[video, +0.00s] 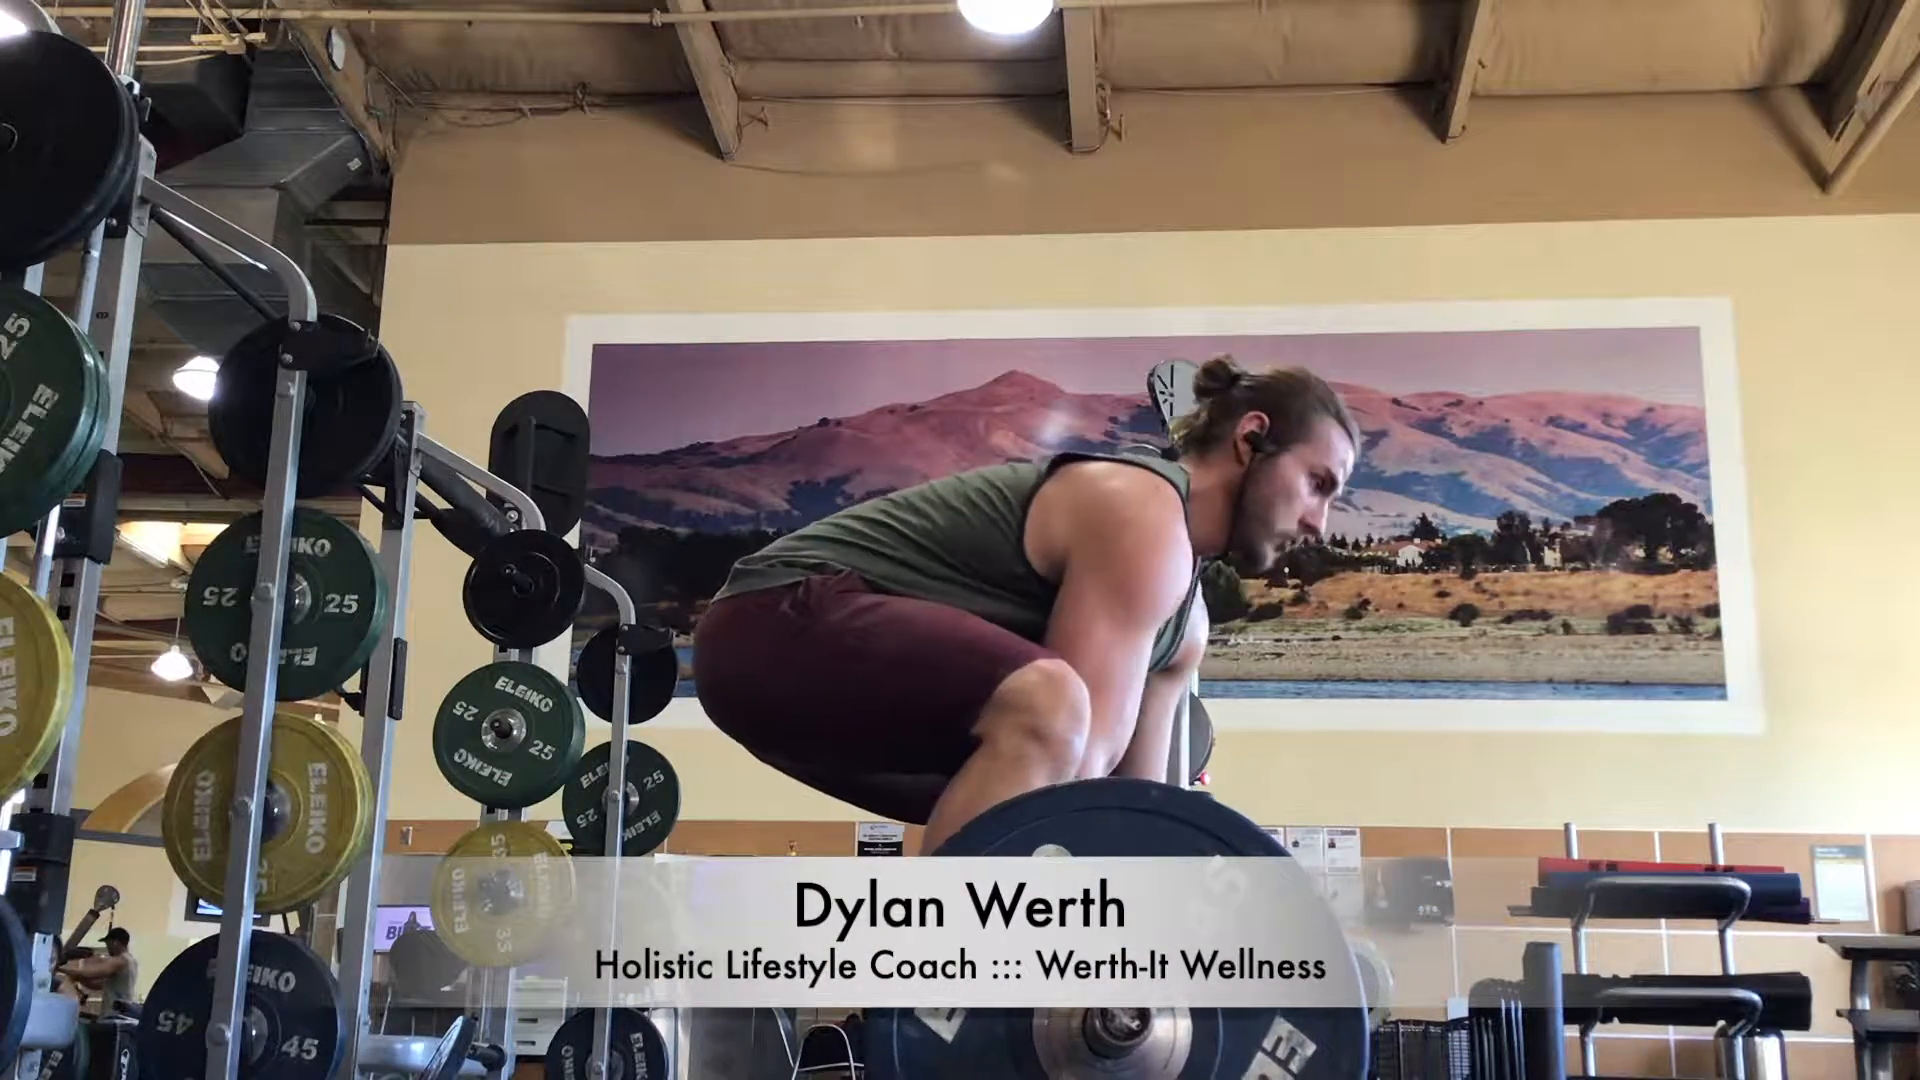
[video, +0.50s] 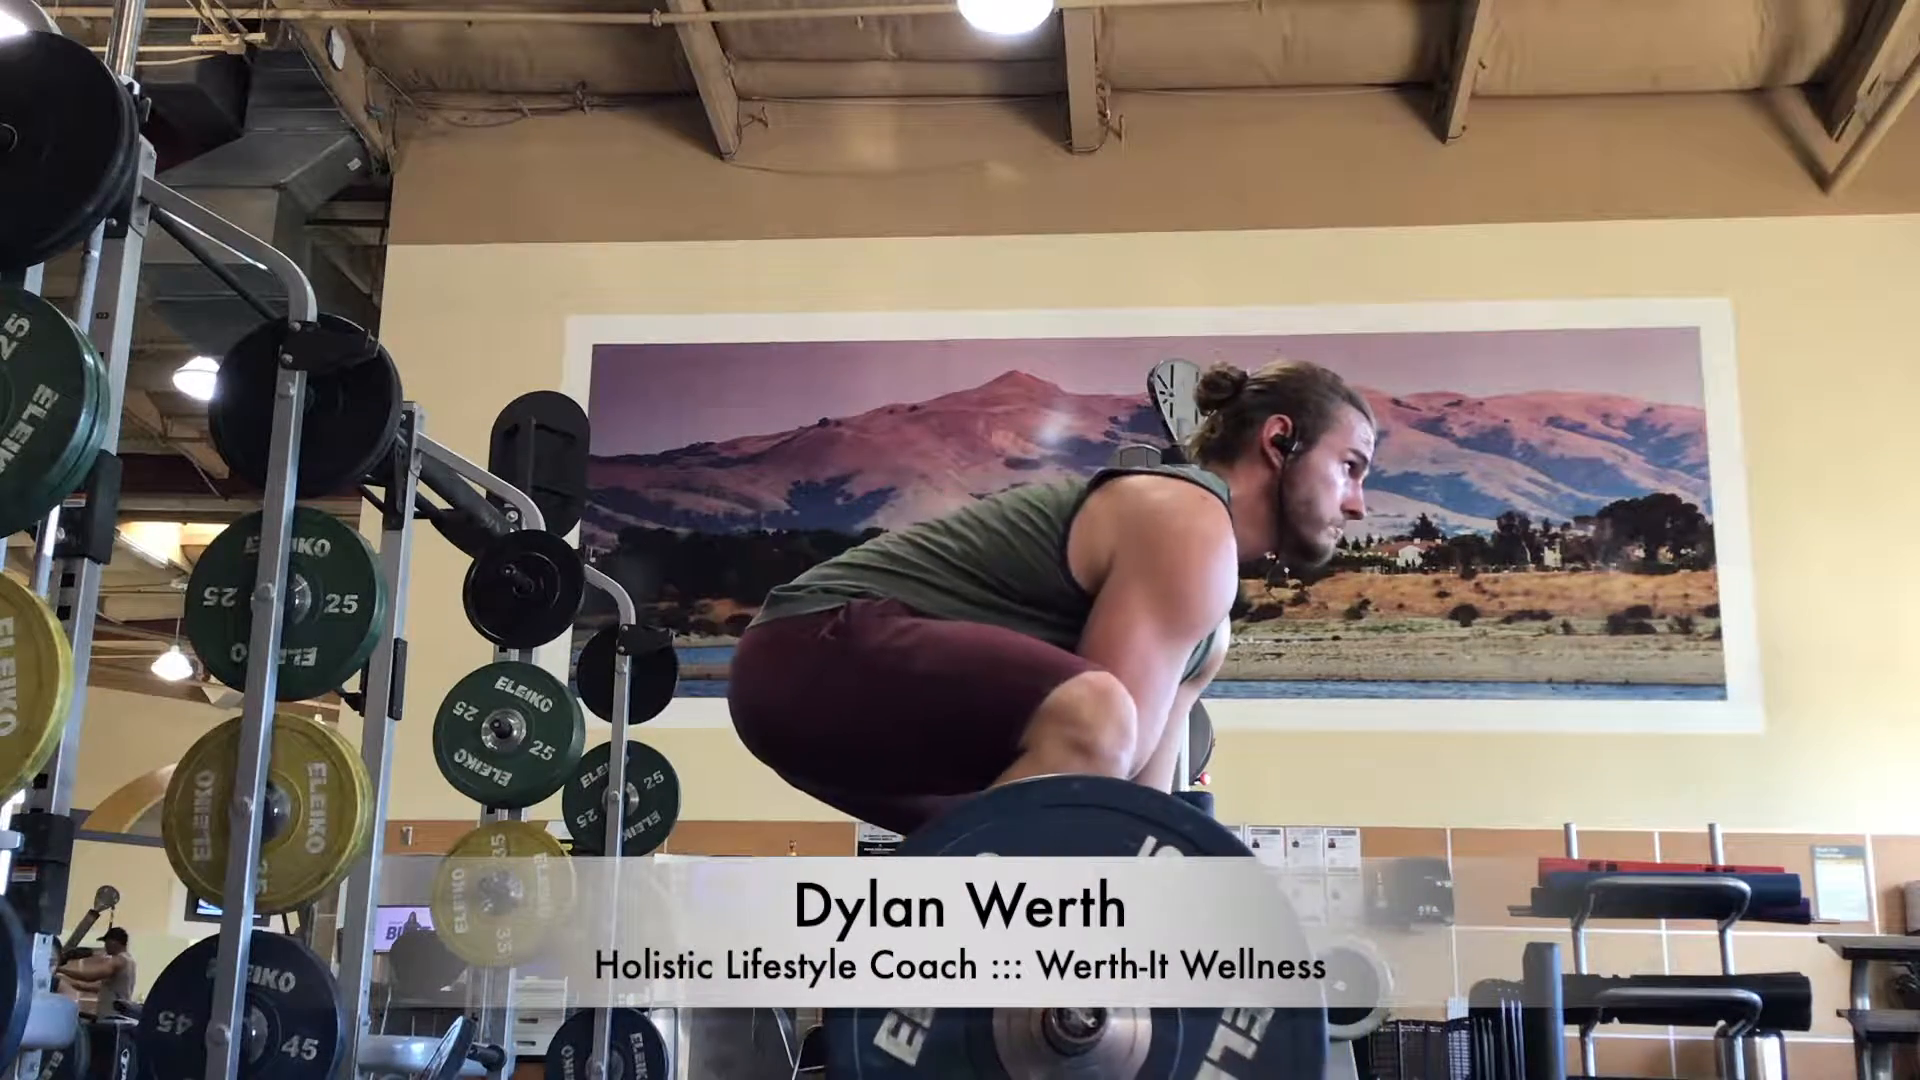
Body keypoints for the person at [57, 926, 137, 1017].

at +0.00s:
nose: (107, 947)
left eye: (108, 944)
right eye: (106, 944)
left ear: (116, 943)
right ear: (121, 943)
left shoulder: (122, 960)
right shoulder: (129, 961)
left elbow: (88, 973)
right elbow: (97, 985)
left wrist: (60, 969)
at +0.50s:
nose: (105, 946)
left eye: (107, 942)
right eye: (105, 942)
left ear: (114, 942)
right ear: (119, 943)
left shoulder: (119, 960)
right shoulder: (128, 961)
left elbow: (87, 976)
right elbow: (105, 988)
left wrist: (61, 970)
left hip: (108, 1017)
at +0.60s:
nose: (104, 946)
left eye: (106, 942)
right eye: (104, 943)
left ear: (113, 943)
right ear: (120, 943)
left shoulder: (118, 961)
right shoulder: (128, 961)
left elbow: (87, 977)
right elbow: (118, 988)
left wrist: (61, 970)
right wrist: (94, 989)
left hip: (108, 1017)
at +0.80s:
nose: (103, 947)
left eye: (104, 944)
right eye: (103, 944)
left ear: (111, 943)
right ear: (122, 943)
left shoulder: (117, 961)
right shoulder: (128, 961)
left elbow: (88, 977)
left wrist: (61, 971)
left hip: (107, 1018)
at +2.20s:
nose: (107, 950)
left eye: (107, 947)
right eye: (106, 947)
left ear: (110, 946)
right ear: (123, 944)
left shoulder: (119, 961)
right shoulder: (131, 962)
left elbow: (89, 977)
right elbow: (110, 988)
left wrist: (60, 971)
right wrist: (83, 987)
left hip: (111, 1018)